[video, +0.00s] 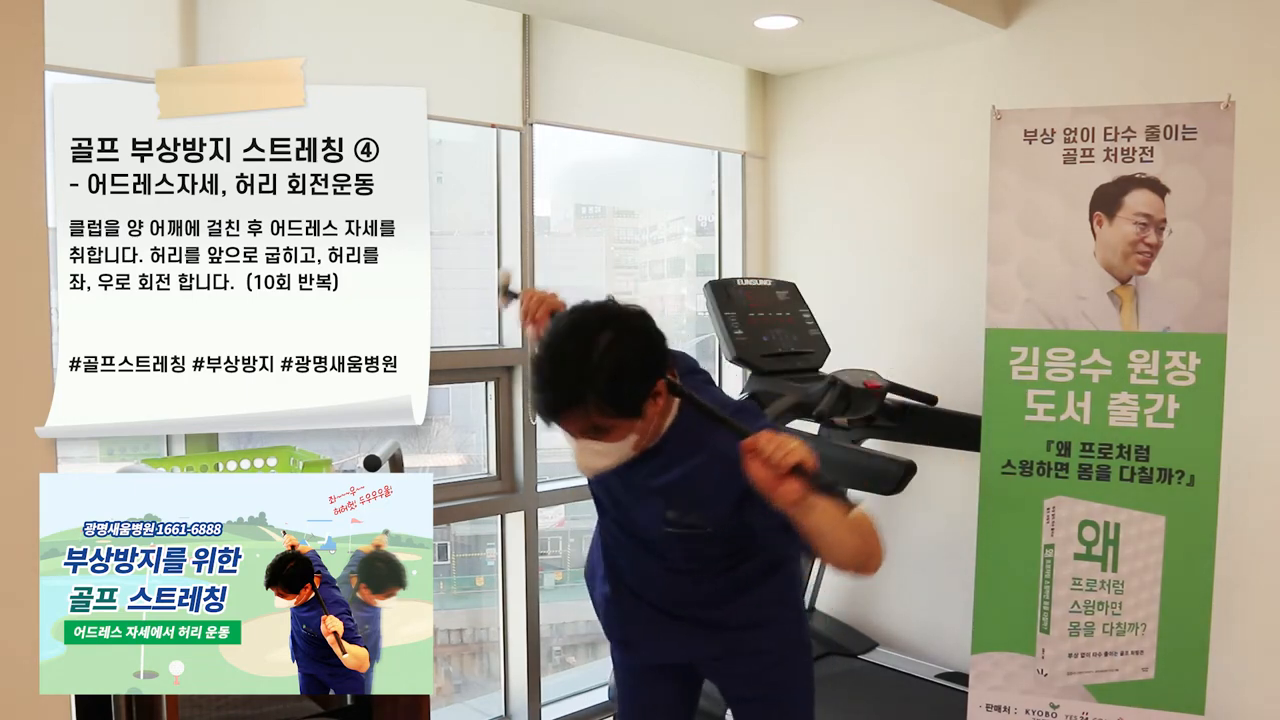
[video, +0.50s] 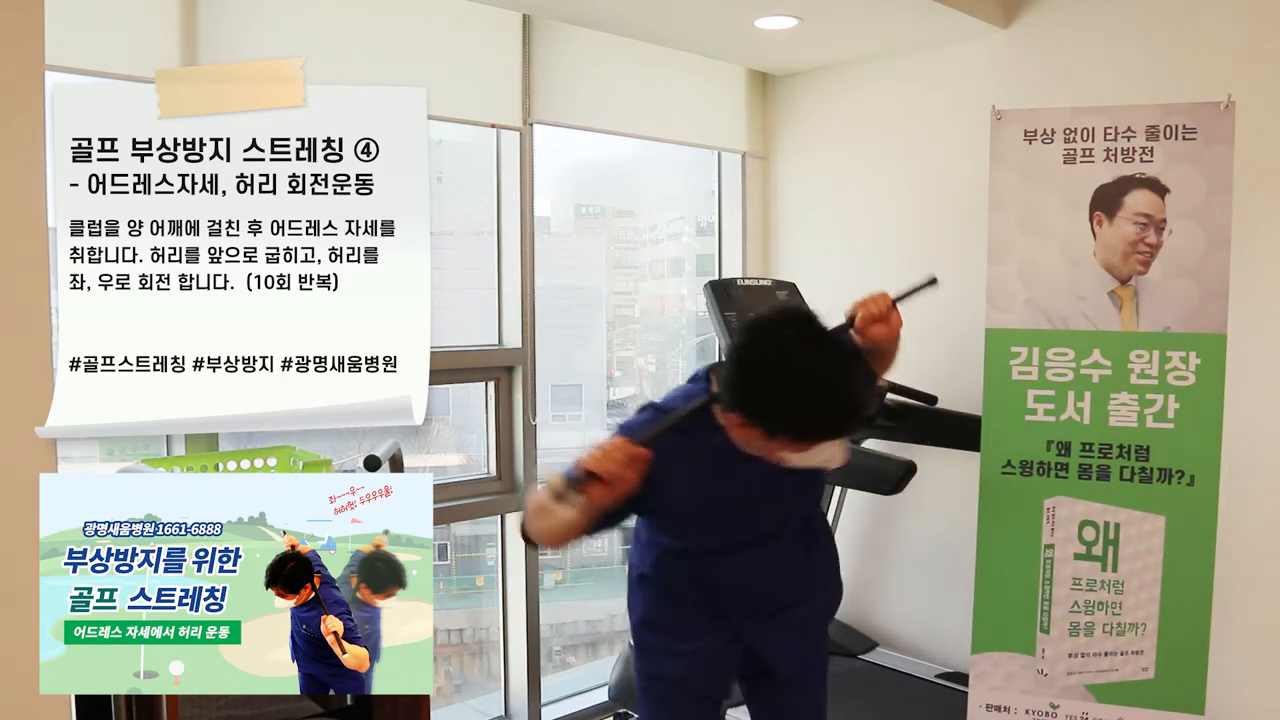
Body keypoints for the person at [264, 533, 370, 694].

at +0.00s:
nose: (278, 599)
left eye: (283, 595)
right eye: (276, 594)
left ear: (306, 590)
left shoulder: (334, 608)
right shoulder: (312, 570)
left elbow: (363, 665)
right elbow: (308, 552)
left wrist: (335, 642)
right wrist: (297, 547)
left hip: (344, 672)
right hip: (310, 667)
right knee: (312, 714)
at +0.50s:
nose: (278, 599)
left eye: (283, 595)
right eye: (276, 593)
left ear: (306, 590)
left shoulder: (334, 608)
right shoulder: (311, 570)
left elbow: (363, 665)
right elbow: (308, 552)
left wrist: (335, 642)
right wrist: (296, 547)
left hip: (344, 672)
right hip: (310, 667)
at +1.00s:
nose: (278, 599)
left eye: (283, 595)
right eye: (276, 593)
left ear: (306, 589)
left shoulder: (334, 608)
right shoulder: (311, 570)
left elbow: (363, 665)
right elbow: (308, 552)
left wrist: (335, 642)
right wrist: (296, 547)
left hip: (344, 672)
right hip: (310, 666)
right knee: (313, 714)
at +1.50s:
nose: (278, 599)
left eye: (283, 595)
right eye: (276, 593)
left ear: (306, 590)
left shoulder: (334, 608)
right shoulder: (311, 570)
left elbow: (363, 665)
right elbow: (308, 552)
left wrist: (335, 642)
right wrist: (297, 547)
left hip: (344, 672)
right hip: (310, 667)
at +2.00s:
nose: (278, 599)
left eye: (283, 595)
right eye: (276, 593)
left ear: (306, 590)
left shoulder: (334, 608)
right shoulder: (311, 570)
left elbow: (363, 665)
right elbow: (308, 552)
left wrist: (335, 642)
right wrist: (297, 547)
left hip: (344, 673)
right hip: (310, 667)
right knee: (312, 715)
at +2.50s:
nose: (278, 599)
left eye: (283, 596)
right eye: (276, 594)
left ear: (306, 589)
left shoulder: (334, 608)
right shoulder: (312, 570)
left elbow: (363, 665)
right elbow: (308, 552)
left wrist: (335, 642)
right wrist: (297, 547)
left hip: (345, 673)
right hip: (310, 667)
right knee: (312, 714)